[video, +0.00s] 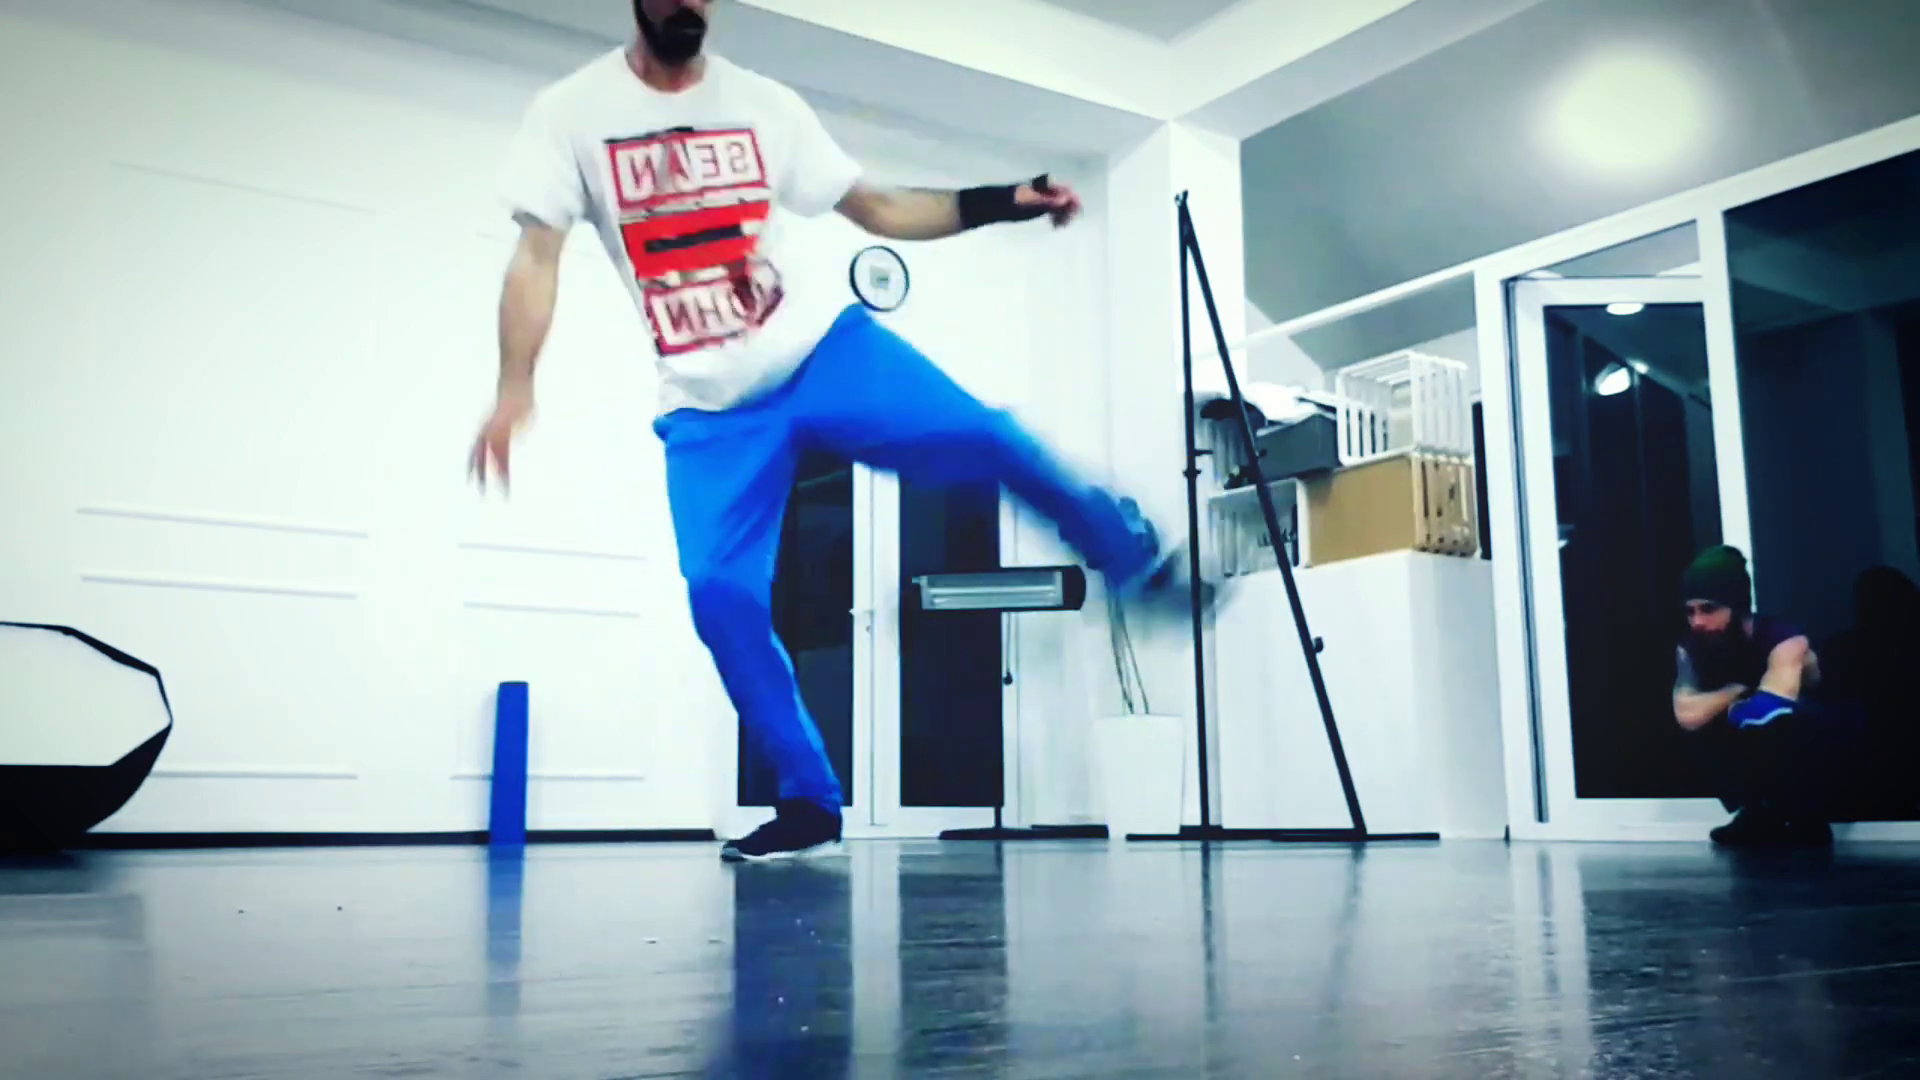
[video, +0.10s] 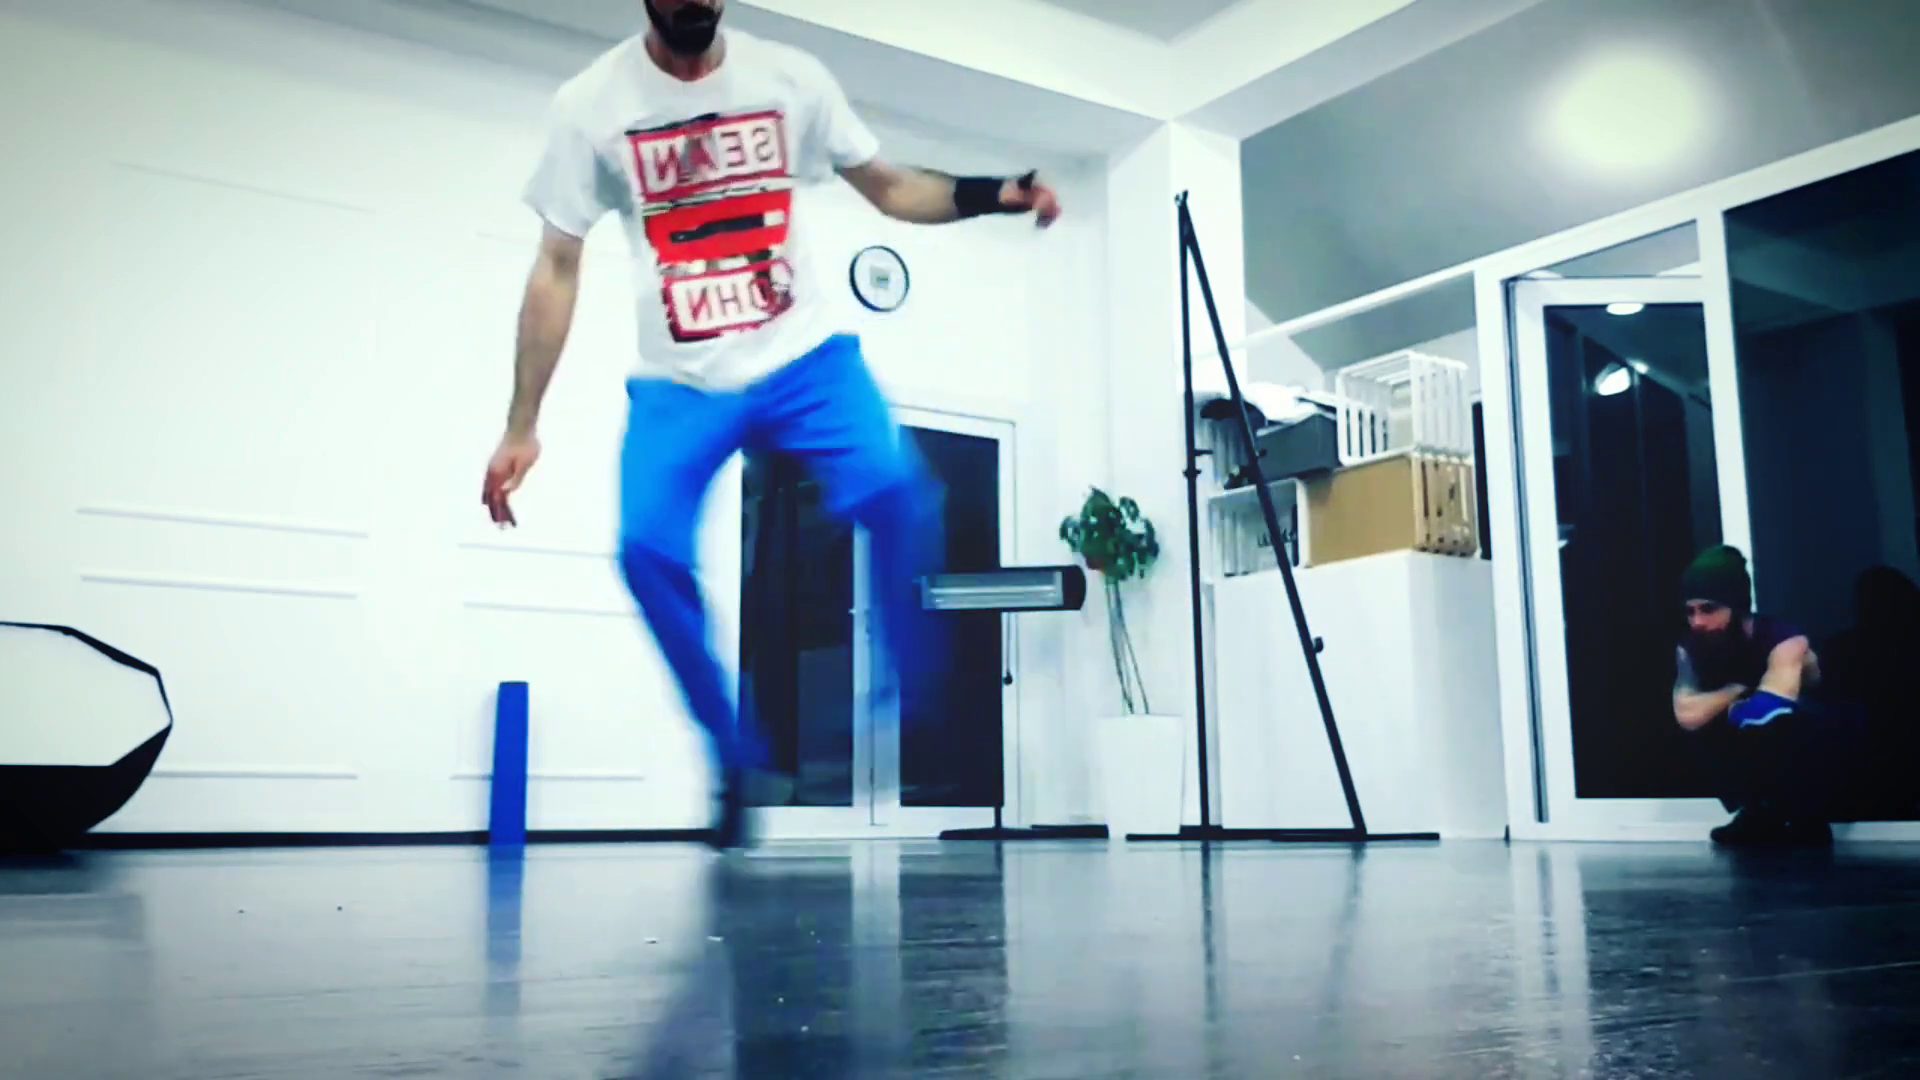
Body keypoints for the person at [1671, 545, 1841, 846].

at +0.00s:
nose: (1697, 622)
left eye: (1708, 610)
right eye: (1691, 612)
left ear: (1736, 605)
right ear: (1685, 611)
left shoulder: (1782, 638)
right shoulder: (1691, 651)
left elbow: (1773, 705)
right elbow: (1688, 715)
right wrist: (1737, 691)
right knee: (1704, 726)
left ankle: (1802, 819)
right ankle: (1755, 814)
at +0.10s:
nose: (1697, 622)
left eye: (1708, 610)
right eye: (1691, 612)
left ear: (1736, 605)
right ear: (1685, 611)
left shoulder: (1782, 638)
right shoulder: (1691, 651)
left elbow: (1774, 704)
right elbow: (1688, 715)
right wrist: (1735, 691)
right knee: (1705, 725)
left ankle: (1802, 819)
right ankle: (1755, 814)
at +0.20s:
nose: (1697, 622)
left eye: (1709, 610)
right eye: (1691, 612)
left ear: (1737, 606)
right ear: (1684, 611)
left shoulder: (1783, 638)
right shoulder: (1690, 651)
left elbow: (1773, 706)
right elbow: (1688, 715)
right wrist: (1738, 690)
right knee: (1703, 726)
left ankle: (1802, 819)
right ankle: (1755, 814)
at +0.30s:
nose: (1697, 623)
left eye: (1708, 611)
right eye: (1691, 613)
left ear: (1736, 606)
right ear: (1684, 611)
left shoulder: (1782, 638)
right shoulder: (1690, 651)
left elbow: (1774, 705)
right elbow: (1688, 715)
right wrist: (1738, 689)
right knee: (1704, 726)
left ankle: (1803, 819)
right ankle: (1754, 815)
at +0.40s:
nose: (1697, 623)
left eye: (1708, 611)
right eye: (1690, 613)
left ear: (1736, 606)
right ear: (1684, 612)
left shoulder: (1780, 638)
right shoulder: (1690, 651)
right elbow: (1688, 715)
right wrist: (1738, 690)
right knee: (1704, 727)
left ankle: (1802, 819)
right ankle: (1755, 814)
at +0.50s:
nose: (1697, 623)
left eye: (1708, 611)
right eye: (1690, 613)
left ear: (1736, 607)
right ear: (1684, 612)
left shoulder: (1778, 637)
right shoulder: (1690, 652)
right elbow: (1688, 715)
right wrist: (1738, 690)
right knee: (1703, 727)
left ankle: (1803, 819)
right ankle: (1754, 814)